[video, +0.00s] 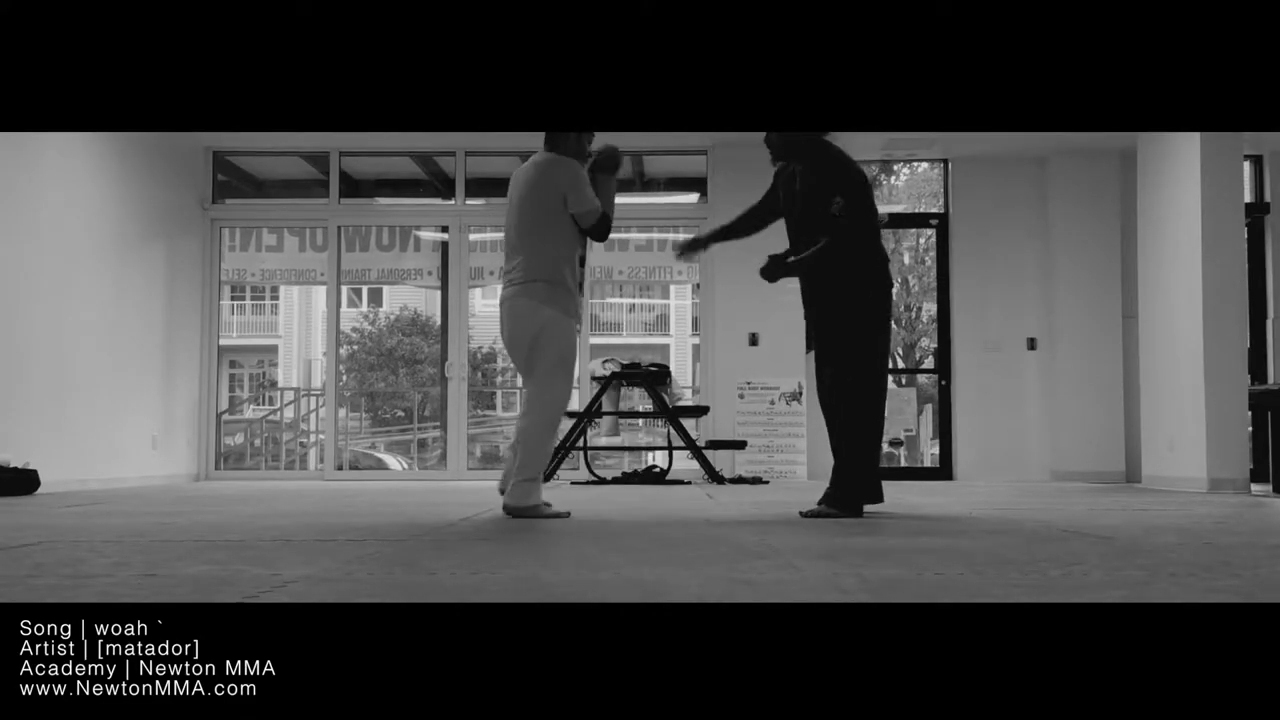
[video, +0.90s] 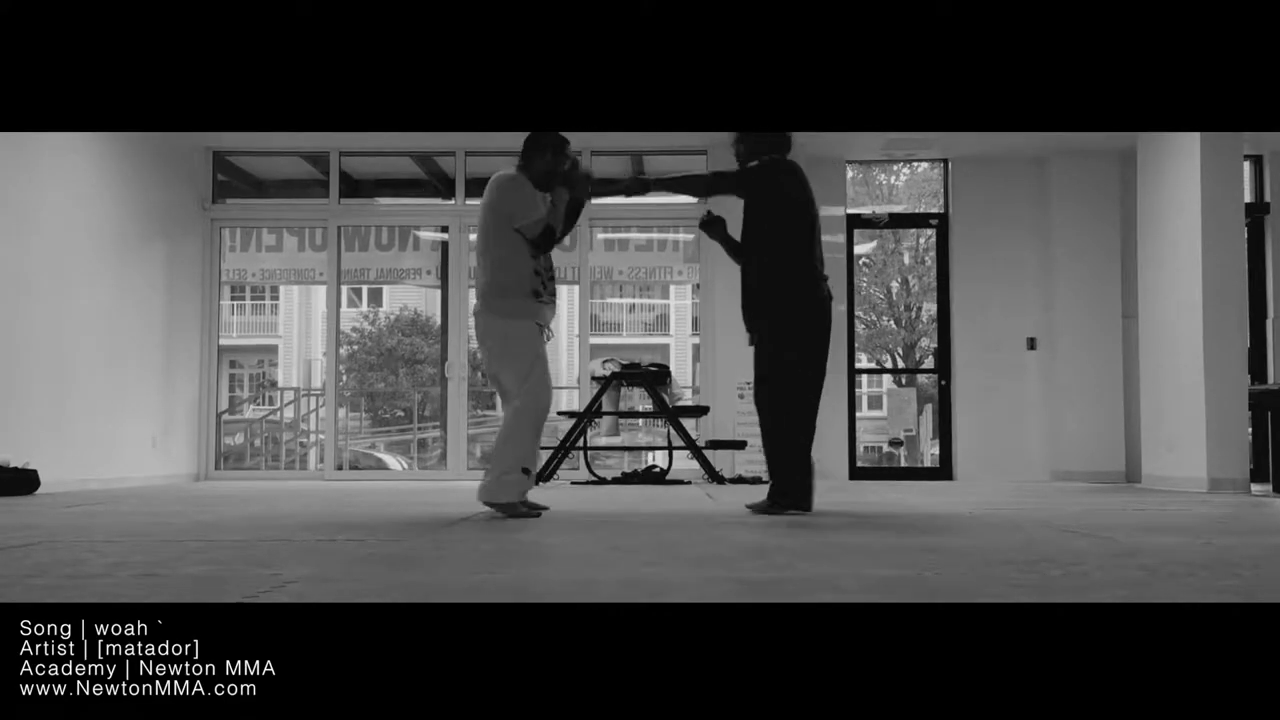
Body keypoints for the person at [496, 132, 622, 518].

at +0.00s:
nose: (590, 146)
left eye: (591, 140)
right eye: (588, 139)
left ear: (550, 138)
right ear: (574, 137)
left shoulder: (525, 172)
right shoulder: (567, 169)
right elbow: (600, 229)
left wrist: (593, 177)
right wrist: (606, 178)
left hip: (517, 302)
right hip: (547, 303)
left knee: (540, 395)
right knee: (549, 396)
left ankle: (514, 486)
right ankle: (524, 497)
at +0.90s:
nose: (563, 169)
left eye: (565, 161)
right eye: (562, 160)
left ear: (534, 155)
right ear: (544, 157)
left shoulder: (523, 189)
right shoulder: (512, 185)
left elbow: (557, 234)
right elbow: (541, 240)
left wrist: (579, 197)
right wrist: (563, 197)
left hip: (516, 320)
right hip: (508, 320)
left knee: (526, 400)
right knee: (532, 398)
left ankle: (511, 491)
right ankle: (501, 491)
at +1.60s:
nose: (539, 209)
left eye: (538, 204)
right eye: (537, 203)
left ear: (498, 192)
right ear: (528, 195)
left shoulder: (469, 220)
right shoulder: (519, 209)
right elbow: (555, 257)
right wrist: (550, 230)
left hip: (448, 325)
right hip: (485, 324)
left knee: (474, 414)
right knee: (528, 409)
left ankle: (452, 496)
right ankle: (490, 502)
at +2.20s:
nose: (540, 189)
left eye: (541, 182)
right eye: (536, 181)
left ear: (512, 181)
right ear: (519, 180)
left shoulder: (503, 213)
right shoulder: (495, 211)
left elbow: (536, 263)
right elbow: (535, 255)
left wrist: (556, 228)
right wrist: (542, 207)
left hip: (498, 329)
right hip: (491, 329)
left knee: (509, 407)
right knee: (523, 404)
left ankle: (481, 489)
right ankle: (505, 496)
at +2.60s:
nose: (541, 186)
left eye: (542, 179)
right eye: (539, 178)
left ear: (520, 175)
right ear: (521, 175)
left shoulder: (518, 213)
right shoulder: (486, 209)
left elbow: (543, 258)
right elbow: (529, 246)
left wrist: (544, 258)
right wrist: (535, 196)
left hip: (510, 331)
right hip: (484, 329)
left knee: (517, 405)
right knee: (504, 406)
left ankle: (484, 481)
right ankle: (494, 495)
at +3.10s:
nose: (543, 191)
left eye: (542, 184)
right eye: (542, 184)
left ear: (510, 176)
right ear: (536, 179)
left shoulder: (482, 203)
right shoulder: (522, 195)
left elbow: (480, 258)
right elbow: (530, 253)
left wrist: (518, 273)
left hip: (458, 322)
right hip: (489, 322)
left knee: (483, 407)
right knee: (521, 404)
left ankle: (463, 492)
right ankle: (498, 497)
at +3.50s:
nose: (520, 187)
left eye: (521, 181)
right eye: (518, 181)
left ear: (484, 178)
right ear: (503, 177)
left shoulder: (454, 211)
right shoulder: (508, 200)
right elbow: (527, 251)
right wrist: (553, 245)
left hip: (454, 321)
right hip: (490, 317)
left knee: (480, 409)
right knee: (523, 397)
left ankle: (465, 494)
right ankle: (520, 479)